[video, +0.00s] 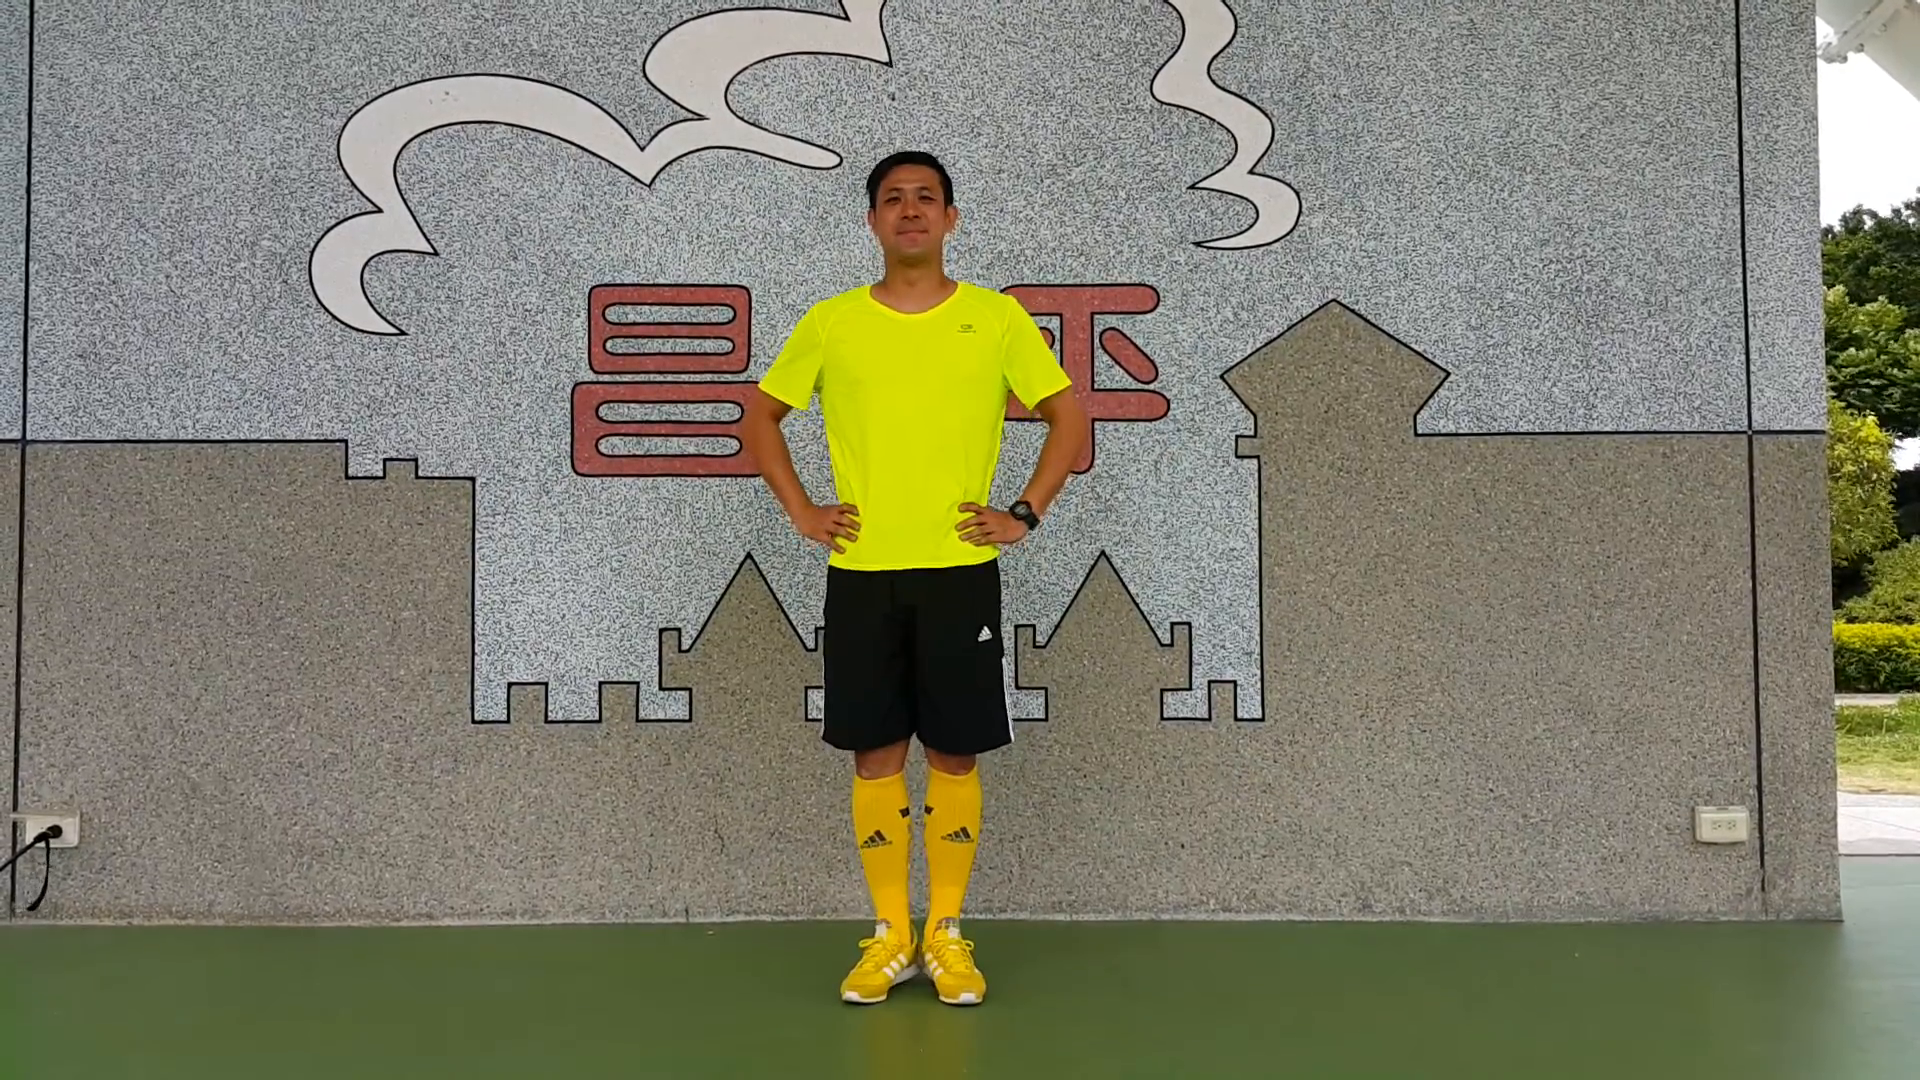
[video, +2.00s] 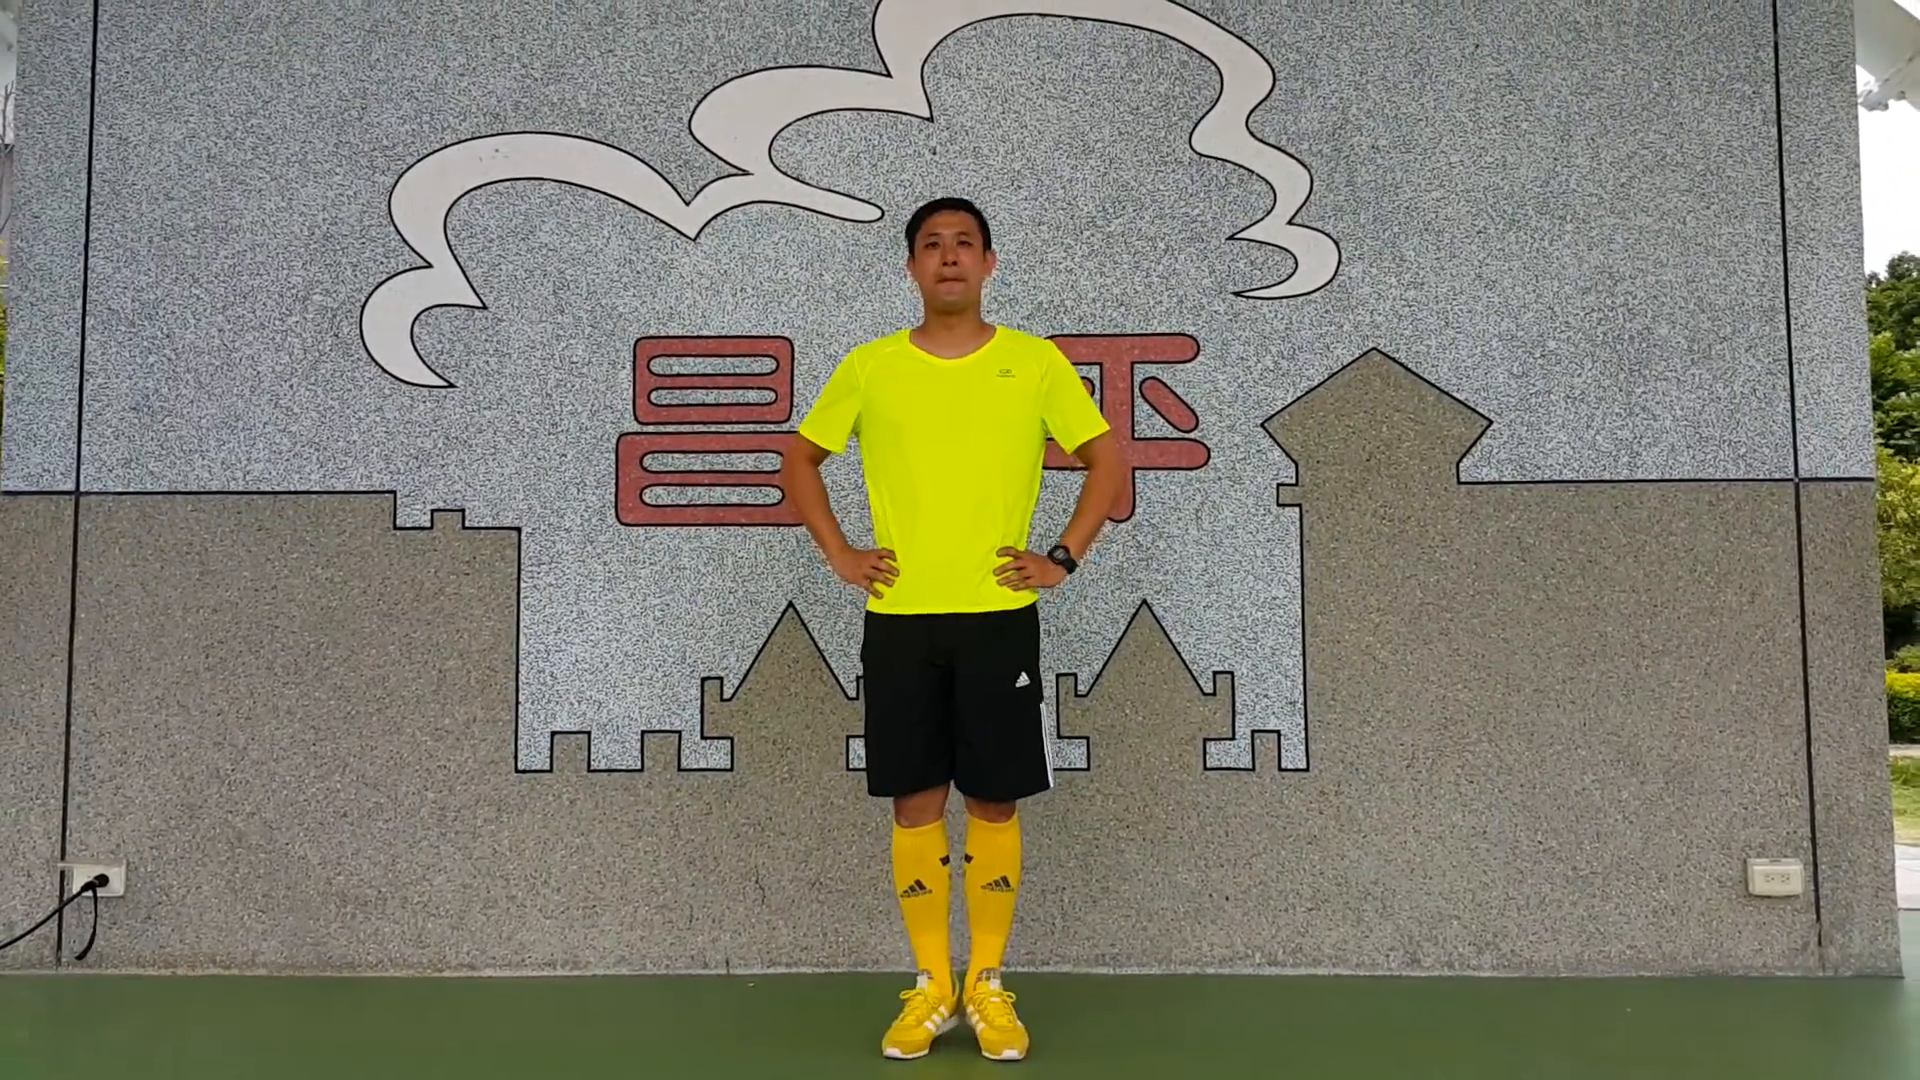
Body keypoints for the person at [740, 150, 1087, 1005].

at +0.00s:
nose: (910, 210)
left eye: (925, 198)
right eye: (894, 200)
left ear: (951, 220)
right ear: (872, 223)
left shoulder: (996, 317)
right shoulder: (832, 320)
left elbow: (1072, 417)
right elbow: (758, 417)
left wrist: (1025, 514)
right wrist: (801, 509)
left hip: (960, 568)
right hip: (863, 568)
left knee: (953, 750)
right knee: (876, 750)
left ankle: (944, 932)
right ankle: (891, 934)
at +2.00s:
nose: (949, 256)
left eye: (964, 244)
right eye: (933, 245)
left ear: (990, 266)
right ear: (911, 269)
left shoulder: (1034, 361)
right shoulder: (871, 365)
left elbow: (1110, 457)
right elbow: (797, 460)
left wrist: (1064, 556)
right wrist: (839, 553)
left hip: (999, 614)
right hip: (901, 615)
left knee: (992, 800)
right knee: (915, 799)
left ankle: (985, 985)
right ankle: (933, 986)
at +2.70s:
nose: (1033, 289)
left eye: (1034, 275)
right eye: (1016, 275)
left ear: (1022, 287)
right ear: (967, 287)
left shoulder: (1049, 384)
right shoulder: (917, 379)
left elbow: (1107, 475)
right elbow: (883, 485)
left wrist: (1178, 492)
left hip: (1026, 628)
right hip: (926, 626)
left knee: (1043, 807)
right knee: (908, 808)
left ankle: (1023, 986)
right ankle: (899, 962)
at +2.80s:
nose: (1029, 292)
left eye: (1031, 279)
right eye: (1013, 277)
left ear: (1023, 287)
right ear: (970, 281)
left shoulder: (1046, 372)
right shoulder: (924, 352)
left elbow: (1134, 386)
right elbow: (939, 368)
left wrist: (1173, 318)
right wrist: (1025, 272)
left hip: (1016, 617)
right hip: (928, 611)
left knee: (1044, 803)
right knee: (894, 798)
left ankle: (1029, 986)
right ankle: (804, 941)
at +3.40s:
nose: (1026, 274)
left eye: (1035, 262)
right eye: (1007, 263)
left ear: (1048, 277)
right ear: (970, 282)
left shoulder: (1075, 363)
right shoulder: (942, 354)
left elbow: (1185, 346)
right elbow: (869, 330)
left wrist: (1159, 260)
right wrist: (920, 221)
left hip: (1041, 614)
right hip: (945, 607)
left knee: (1068, 809)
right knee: (893, 799)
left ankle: (1053, 999)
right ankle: (849, 976)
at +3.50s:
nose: (999, 271)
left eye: (1013, 257)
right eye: (983, 262)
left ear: (1043, 272)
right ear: (967, 286)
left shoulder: (1091, 363)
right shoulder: (937, 365)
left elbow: (1181, 437)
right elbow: (868, 450)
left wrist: (1170, 364)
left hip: (1045, 612)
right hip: (942, 607)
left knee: (1063, 809)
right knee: (917, 802)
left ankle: (1052, 999)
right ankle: (923, 997)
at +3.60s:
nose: (962, 291)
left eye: (979, 274)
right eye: (956, 280)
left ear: (1026, 281)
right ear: (952, 297)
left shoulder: (1081, 378)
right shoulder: (928, 396)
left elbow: (1119, 498)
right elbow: (891, 511)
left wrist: (1106, 454)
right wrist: (842, 473)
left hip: (1048, 634)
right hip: (942, 633)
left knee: (1071, 823)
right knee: (922, 817)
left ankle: (1050, 1000)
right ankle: (927, 1011)